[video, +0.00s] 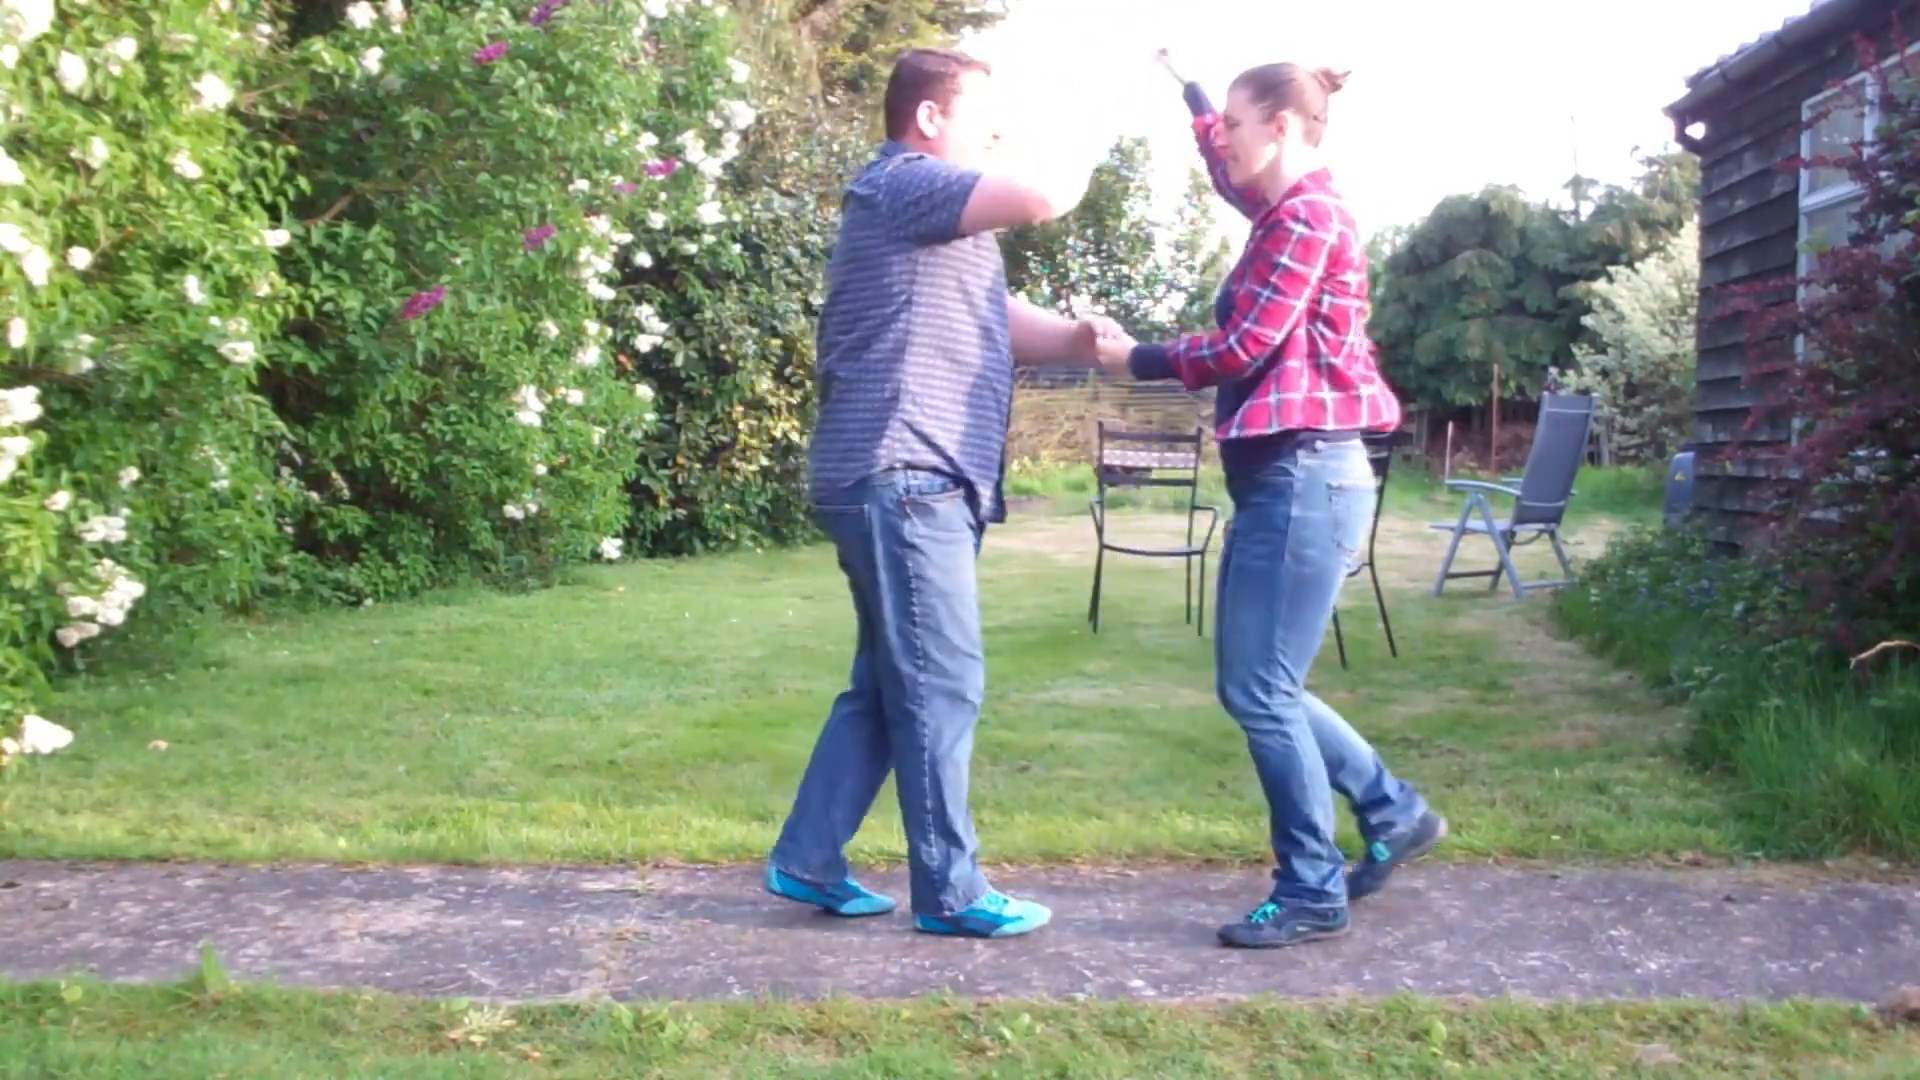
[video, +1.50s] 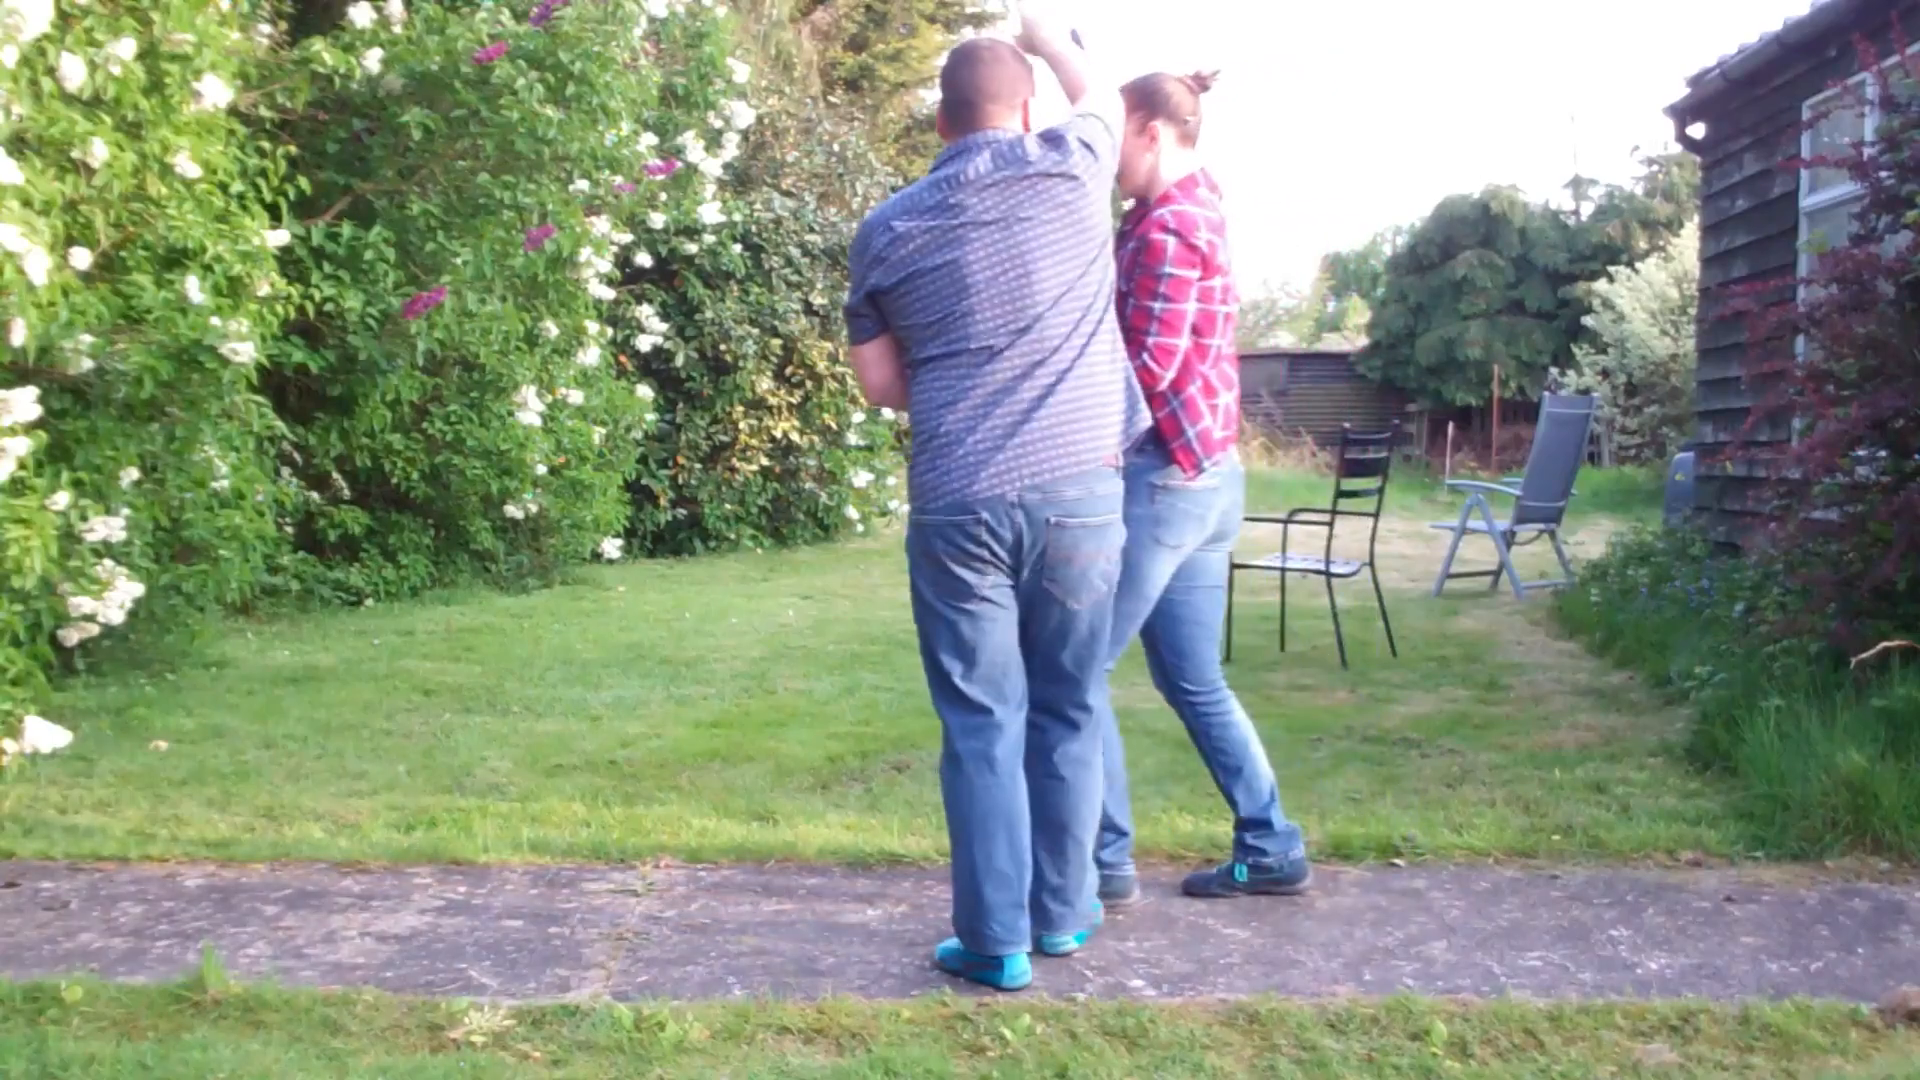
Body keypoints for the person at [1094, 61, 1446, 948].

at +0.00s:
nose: (1221, 140)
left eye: (1235, 124)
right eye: (1220, 127)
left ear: (1287, 130)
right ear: (1287, 133)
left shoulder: (1308, 213)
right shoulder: (1294, 212)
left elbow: (1240, 349)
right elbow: (1234, 181)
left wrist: (1137, 357)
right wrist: (1199, 108)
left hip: (1305, 474)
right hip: (1296, 471)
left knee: (1260, 689)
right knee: (1262, 683)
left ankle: (1312, 890)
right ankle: (1394, 812)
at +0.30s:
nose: (1261, 132)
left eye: (1274, 118)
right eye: (1262, 119)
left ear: (1326, 127)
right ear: (1317, 128)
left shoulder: (1353, 215)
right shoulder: (1307, 211)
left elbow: (1302, 348)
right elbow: (1206, 220)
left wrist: (1194, 410)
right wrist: (1173, 148)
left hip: (1358, 462)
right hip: (1351, 461)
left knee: (1295, 674)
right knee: (1366, 676)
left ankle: (1322, 883)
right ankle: (1449, 848)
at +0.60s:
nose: (1261, 132)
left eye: (1274, 117)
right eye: (1262, 117)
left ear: (1326, 123)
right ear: (1308, 122)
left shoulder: (1366, 217)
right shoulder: (1284, 204)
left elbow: (1340, 347)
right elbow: (1196, 180)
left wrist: (1233, 407)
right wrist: (1150, 98)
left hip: (1356, 464)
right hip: (1304, 466)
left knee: (1325, 673)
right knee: (1320, 669)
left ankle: (1386, 864)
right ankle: (1425, 820)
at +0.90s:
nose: (1237, 130)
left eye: (1249, 116)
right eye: (1239, 116)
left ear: (1300, 125)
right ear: (1278, 128)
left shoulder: (1347, 225)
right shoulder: (1250, 195)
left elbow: (1350, 354)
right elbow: (1172, 125)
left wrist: (1240, 377)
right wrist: (1098, 41)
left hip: (1335, 473)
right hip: (1268, 477)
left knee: (1344, 677)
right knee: (1227, 662)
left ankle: (1395, 868)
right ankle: (1306, 835)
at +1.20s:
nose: (1192, 137)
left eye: (1202, 122)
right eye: (1194, 123)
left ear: (1248, 125)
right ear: (1240, 125)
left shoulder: (1282, 227)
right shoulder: (1214, 203)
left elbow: (1261, 366)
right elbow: (1141, 159)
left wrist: (1149, 373)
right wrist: (1065, 88)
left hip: (1260, 466)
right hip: (1212, 463)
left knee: (1251, 671)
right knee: (1216, 670)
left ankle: (1363, 839)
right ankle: (1271, 848)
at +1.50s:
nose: (1106, 152)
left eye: (1115, 135)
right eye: (1108, 136)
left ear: (1152, 135)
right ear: (1163, 136)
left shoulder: (1169, 228)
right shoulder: (1191, 212)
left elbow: (1152, 368)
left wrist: (1069, 410)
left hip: (1166, 482)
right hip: (1213, 474)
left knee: (1075, 669)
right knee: (1193, 678)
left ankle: (1105, 860)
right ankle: (1270, 846)